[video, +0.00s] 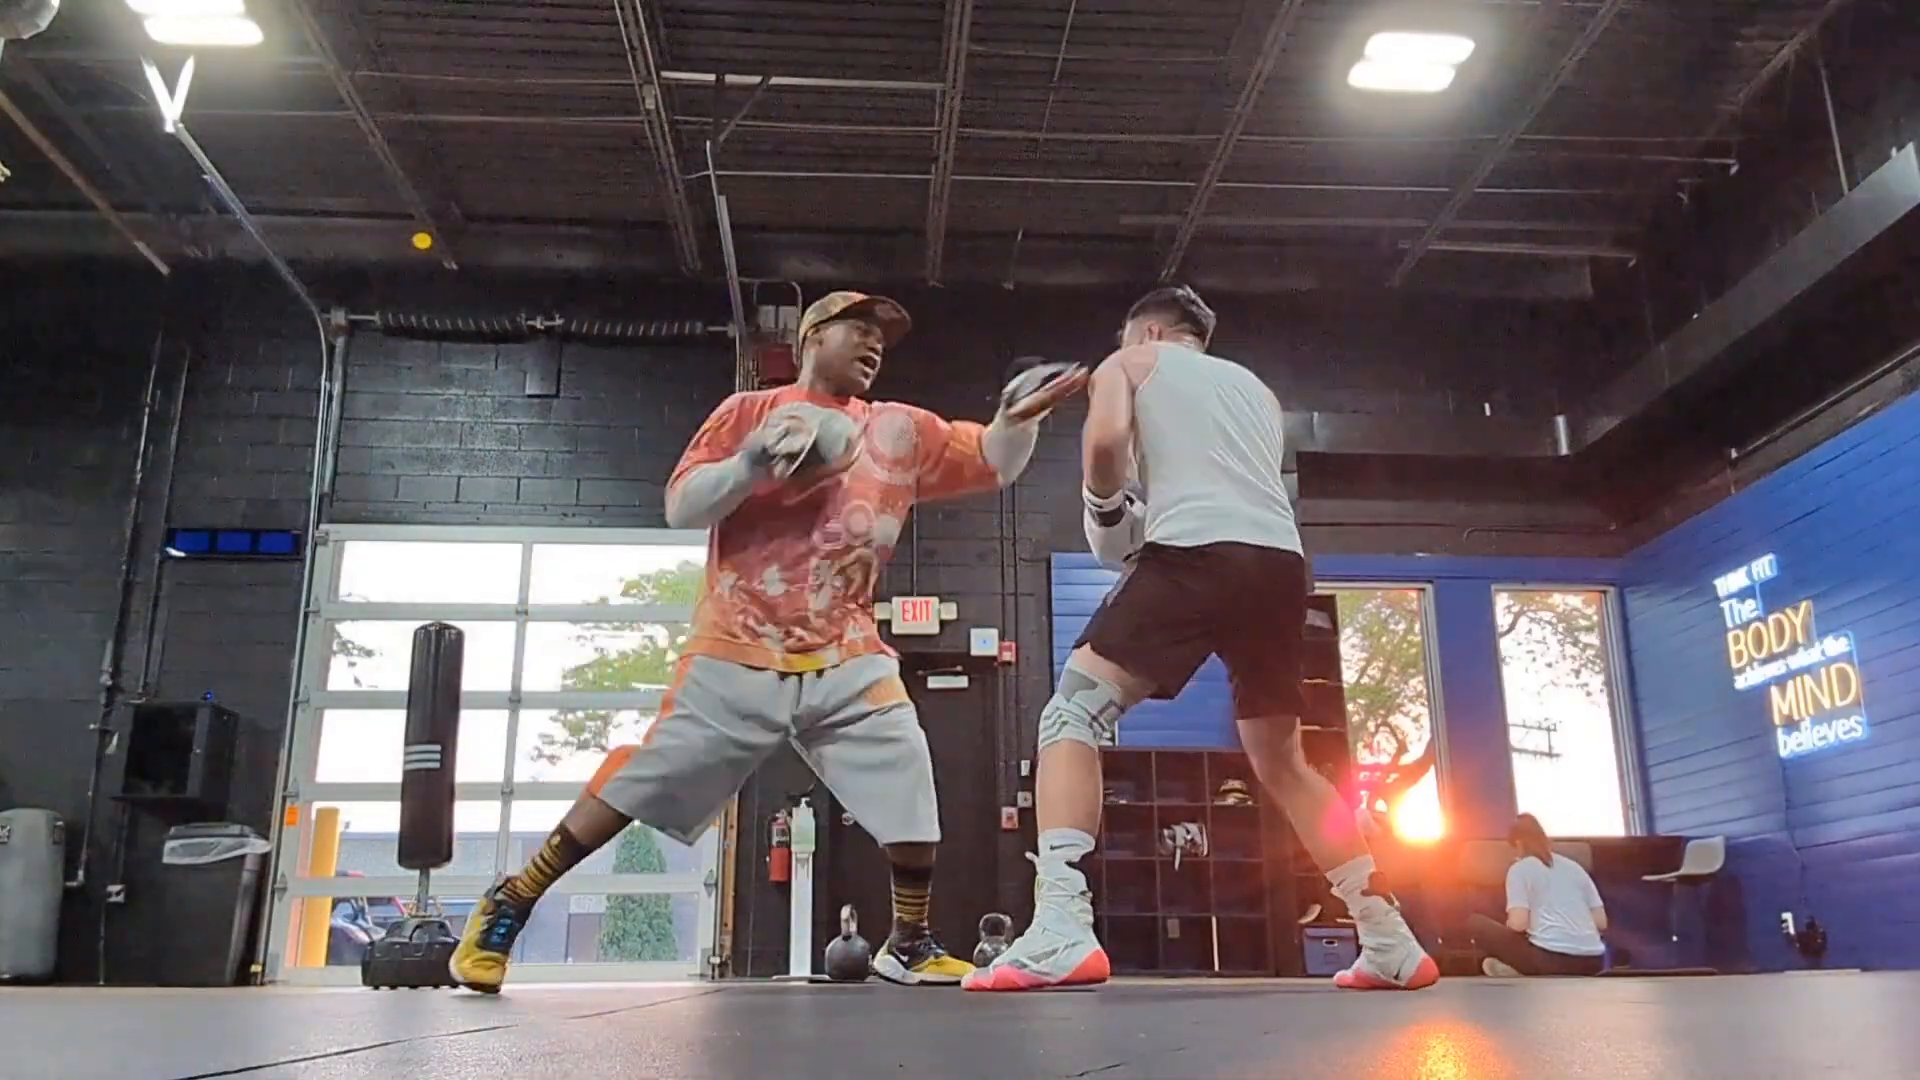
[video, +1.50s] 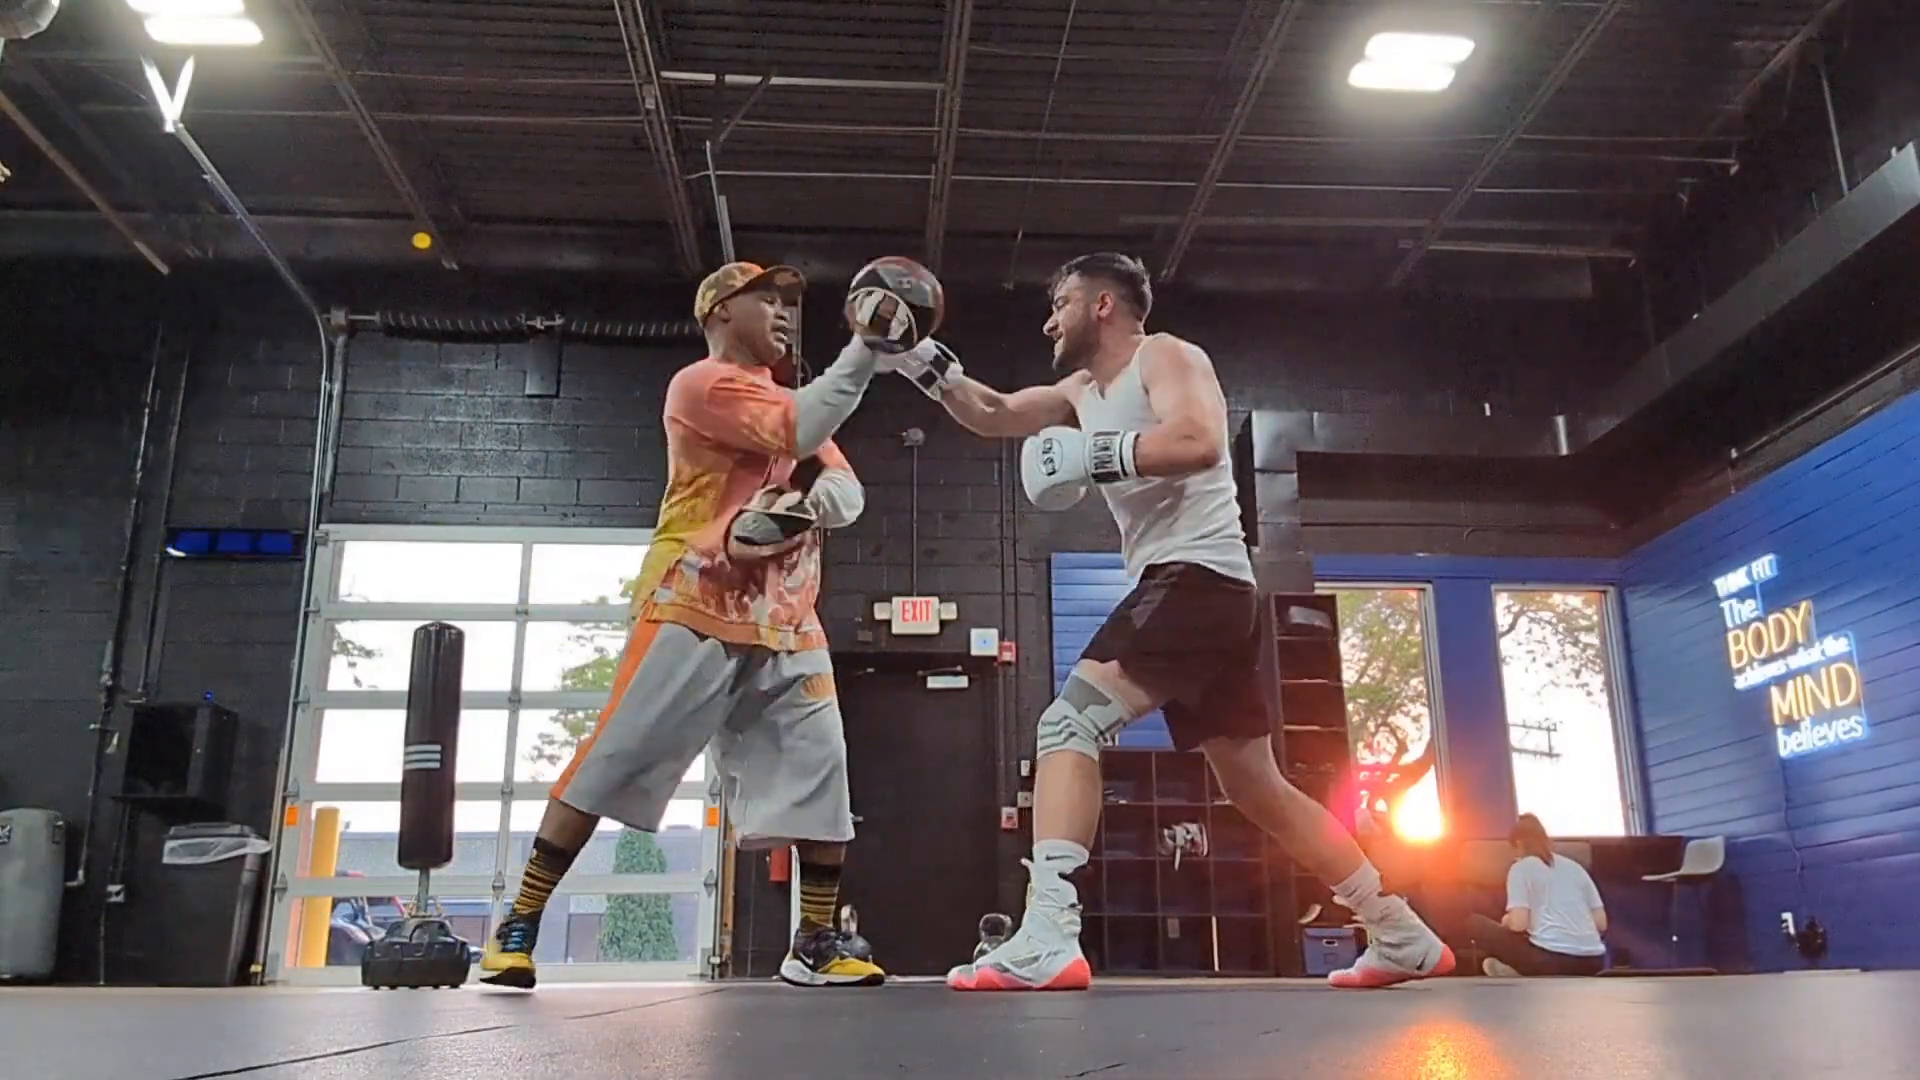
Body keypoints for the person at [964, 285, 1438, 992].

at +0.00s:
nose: (1121, 353)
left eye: (1125, 341)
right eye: (1124, 344)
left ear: (1148, 331)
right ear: (1199, 338)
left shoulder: (1126, 362)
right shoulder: (1259, 390)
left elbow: (1105, 439)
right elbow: (1266, 489)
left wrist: (1108, 521)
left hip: (1191, 554)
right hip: (1281, 563)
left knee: (1072, 719)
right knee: (1279, 760)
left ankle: (1060, 927)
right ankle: (1389, 939)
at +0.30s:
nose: (1052, 320)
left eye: (1064, 300)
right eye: (1050, 307)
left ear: (1119, 298)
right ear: (1100, 307)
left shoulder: (1194, 365)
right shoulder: (1084, 400)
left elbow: (1208, 485)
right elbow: (1071, 530)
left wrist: (1106, 441)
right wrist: (1041, 464)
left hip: (1215, 578)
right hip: (1177, 588)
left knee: (1078, 708)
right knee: (1204, 808)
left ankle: (1066, 933)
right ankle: (1372, 929)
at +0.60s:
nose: (1032, 510)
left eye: (1038, 491)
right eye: (1027, 498)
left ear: (1081, 476)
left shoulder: (1115, 489)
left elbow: (1063, 564)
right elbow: (1149, 665)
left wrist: (1001, 564)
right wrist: (1068, 619)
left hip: (1244, 669)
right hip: (1318, 693)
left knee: (1042, 725)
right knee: (1236, 811)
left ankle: (1062, 937)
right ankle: (1386, 948)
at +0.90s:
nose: (1075, 372)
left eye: (1083, 355)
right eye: (1074, 360)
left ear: (1130, 347)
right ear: (1132, 354)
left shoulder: (1163, 380)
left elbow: (1189, 451)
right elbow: (1163, 565)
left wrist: (1099, 444)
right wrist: (1105, 513)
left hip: (1213, 599)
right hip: (1269, 612)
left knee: (1052, 731)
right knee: (1246, 797)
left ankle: (1045, 933)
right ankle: (1386, 945)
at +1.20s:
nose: (1090, 341)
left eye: (1093, 328)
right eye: (1090, 331)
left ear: (1127, 319)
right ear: (1165, 323)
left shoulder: (1121, 351)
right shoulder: (1231, 379)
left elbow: (1065, 403)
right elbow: (1145, 431)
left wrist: (973, 403)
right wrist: (1045, 399)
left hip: (1159, 570)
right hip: (1251, 574)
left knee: (1056, 750)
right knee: (1271, 772)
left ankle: (1050, 932)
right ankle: (1377, 942)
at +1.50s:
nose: (1049, 320)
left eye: (1060, 303)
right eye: (1050, 307)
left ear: (1107, 305)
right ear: (1100, 313)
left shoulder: (1168, 355)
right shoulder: (1079, 389)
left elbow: (1199, 442)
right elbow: (994, 414)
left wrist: (1094, 452)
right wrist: (926, 361)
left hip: (1195, 579)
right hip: (1202, 588)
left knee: (1070, 724)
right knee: (1254, 785)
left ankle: (1047, 935)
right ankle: (1401, 935)